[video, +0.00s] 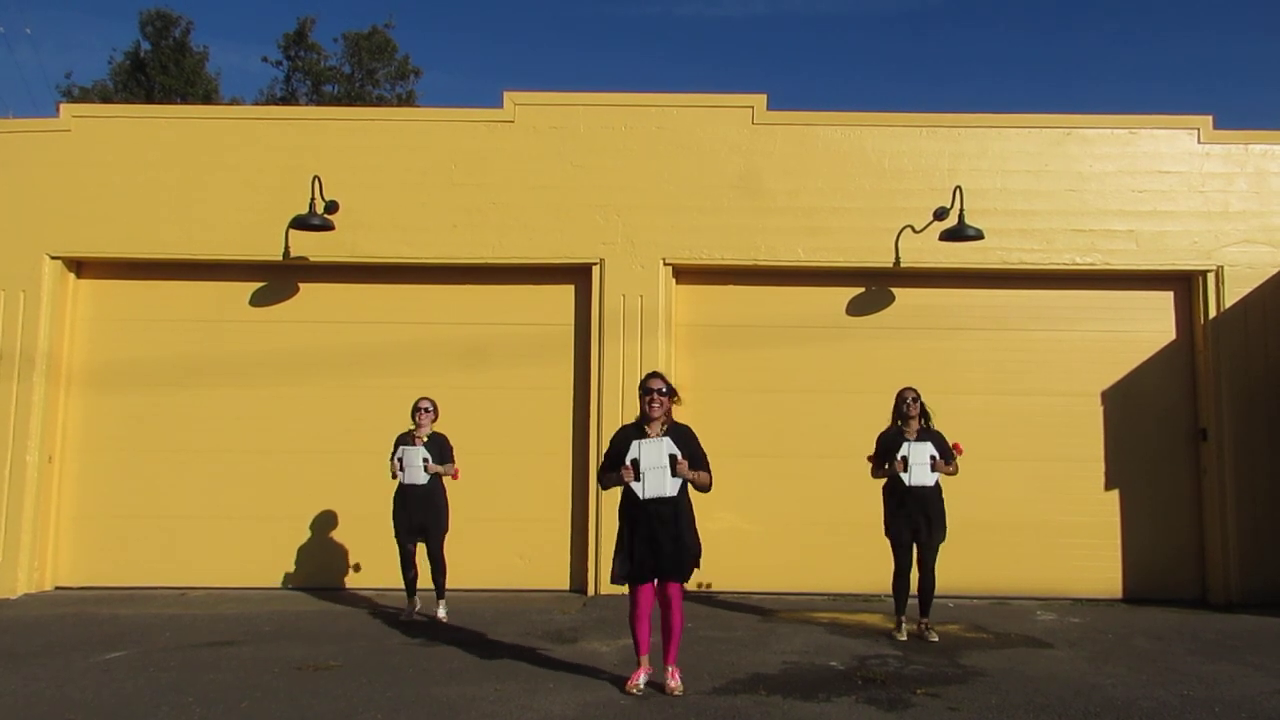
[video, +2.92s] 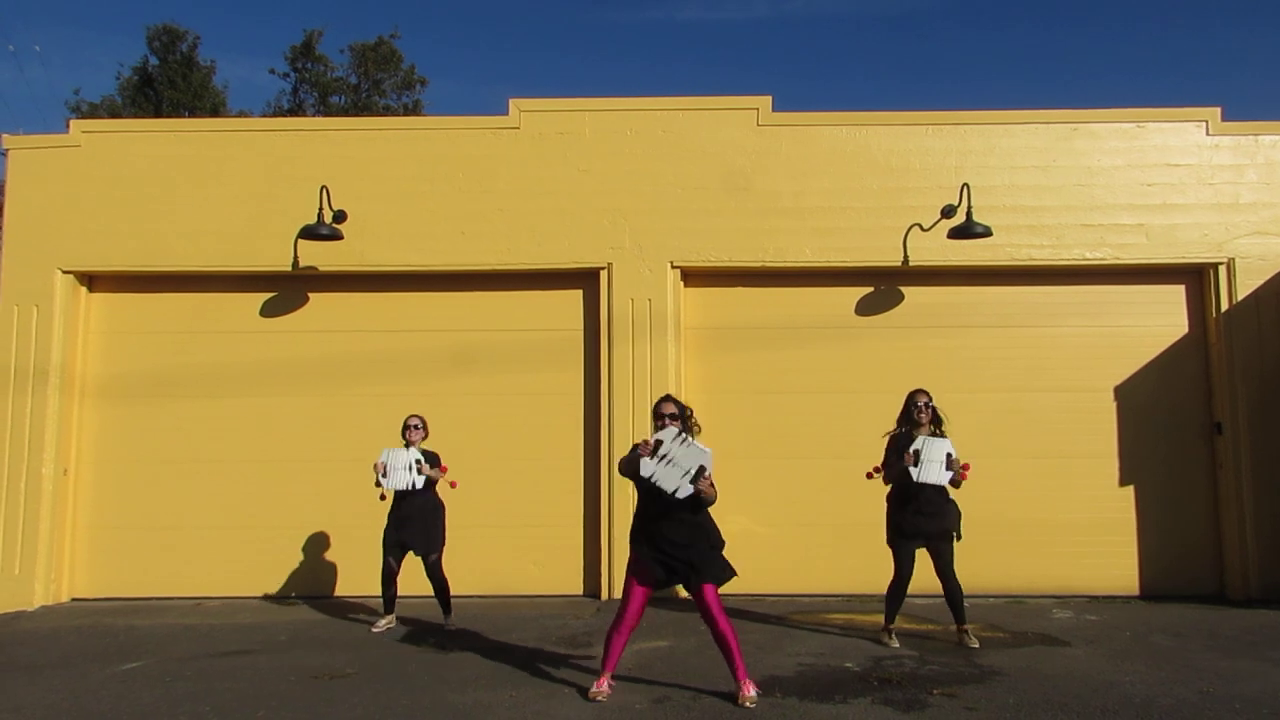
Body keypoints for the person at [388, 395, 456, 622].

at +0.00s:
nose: (422, 414)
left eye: (427, 410)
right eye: (418, 410)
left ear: (434, 415)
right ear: (413, 415)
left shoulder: (441, 440)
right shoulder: (403, 439)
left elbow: (452, 468)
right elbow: (394, 469)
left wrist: (437, 469)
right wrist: (395, 466)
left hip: (433, 501)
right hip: (406, 500)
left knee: (435, 553)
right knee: (406, 553)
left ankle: (441, 602)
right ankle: (412, 600)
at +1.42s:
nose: (404, 416)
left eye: (409, 412)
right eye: (401, 412)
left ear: (417, 415)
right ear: (395, 416)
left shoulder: (424, 440)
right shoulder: (387, 440)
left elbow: (434, 466)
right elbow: (376, 472)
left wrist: (421, 456)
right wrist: (377, 461)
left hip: (419, 503)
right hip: (390, 502)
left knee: (425, 553)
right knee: (381, 554)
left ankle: (436, 603)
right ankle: (375, 603)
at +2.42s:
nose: (413, 417)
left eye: (418, 413)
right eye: (408, 414)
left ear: (426, 418)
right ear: (402, 419)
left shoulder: (432, 441)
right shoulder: (396, 446)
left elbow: (439, 449)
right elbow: (385, 473)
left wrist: (430, 435)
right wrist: (372, 485)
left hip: (428, 505)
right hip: (399, 505)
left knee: (431, 557)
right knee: (386, 554)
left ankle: (439, 610)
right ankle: (376, 600)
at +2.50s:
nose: (416, 417)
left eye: (420, 413)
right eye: (411, 414)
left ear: (428, 416)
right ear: (407, 419)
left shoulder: (437, 437)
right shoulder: (401, 446)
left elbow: (447, 429)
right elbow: (389, 480)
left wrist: (451, 411)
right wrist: (370, 499)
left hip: (431, 503)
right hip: (402, 503)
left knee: (433, 558)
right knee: (384, 554)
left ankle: (439, 612)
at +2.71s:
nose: (418, 418)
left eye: (422, 414)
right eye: (414, 415)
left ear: (429, 418)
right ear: (407, 420)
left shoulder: (436, 440)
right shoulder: (402, 448)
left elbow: (450, 432)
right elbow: (391, 477)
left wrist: (449, 414)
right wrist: (373, 494)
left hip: (434, 505)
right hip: (406, 505)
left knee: (437, 558)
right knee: (381, 550)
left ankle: (445, 612)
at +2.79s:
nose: (413, 418)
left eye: (418, 415)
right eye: (409, 415)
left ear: (427, 418)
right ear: (404, 420)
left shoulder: (435, 439)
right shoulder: (400, 447)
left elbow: (443, 445)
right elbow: (389, 469)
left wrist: (429, 439)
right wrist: (378, 480)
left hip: (432, 504)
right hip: (404, 504)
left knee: (436, 556)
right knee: (385, 552)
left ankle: (447, 609)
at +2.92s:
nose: (412, 431)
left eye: (417, 427)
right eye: (408, 428)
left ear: (424, 432)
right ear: (403, 432)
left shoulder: (430, 457)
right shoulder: (396, 457)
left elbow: (439, 476)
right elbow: (385, 484)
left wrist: (427, 472)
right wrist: (380, 474)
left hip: (428, 516)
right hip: (400, 515)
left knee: (433, 569)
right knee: (389, 567)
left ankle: (448, 616)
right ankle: (389, 615)